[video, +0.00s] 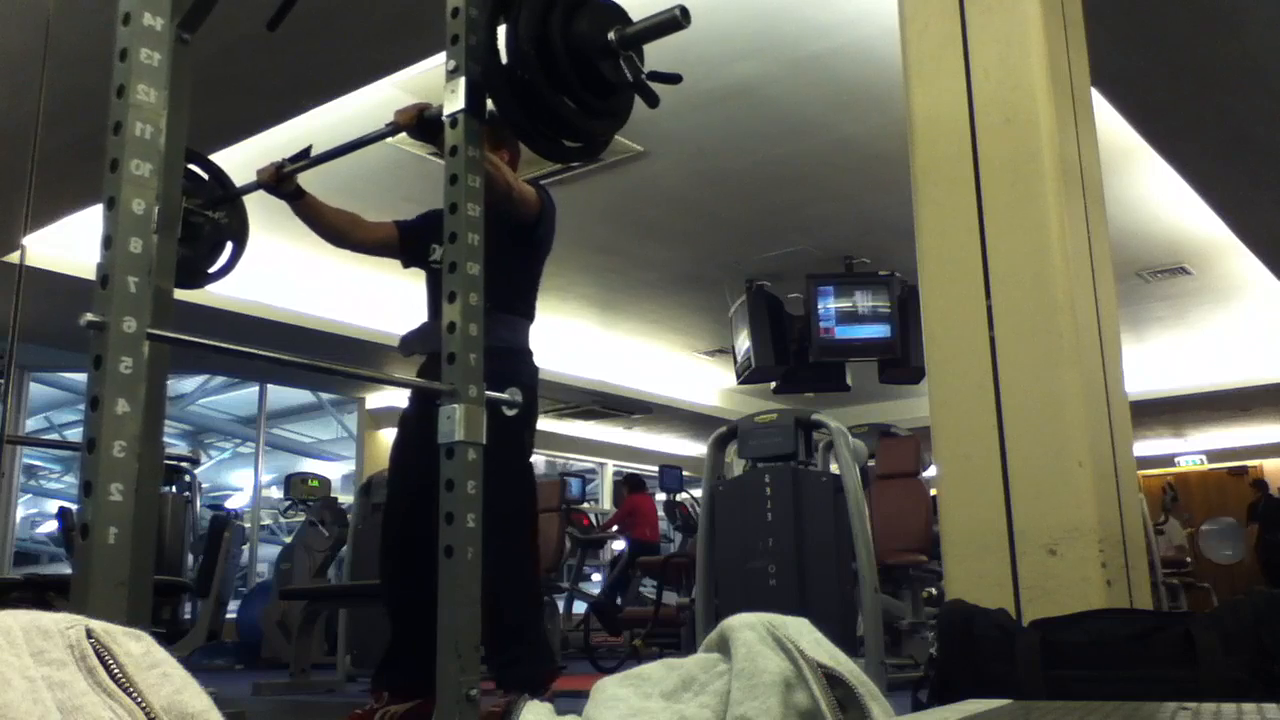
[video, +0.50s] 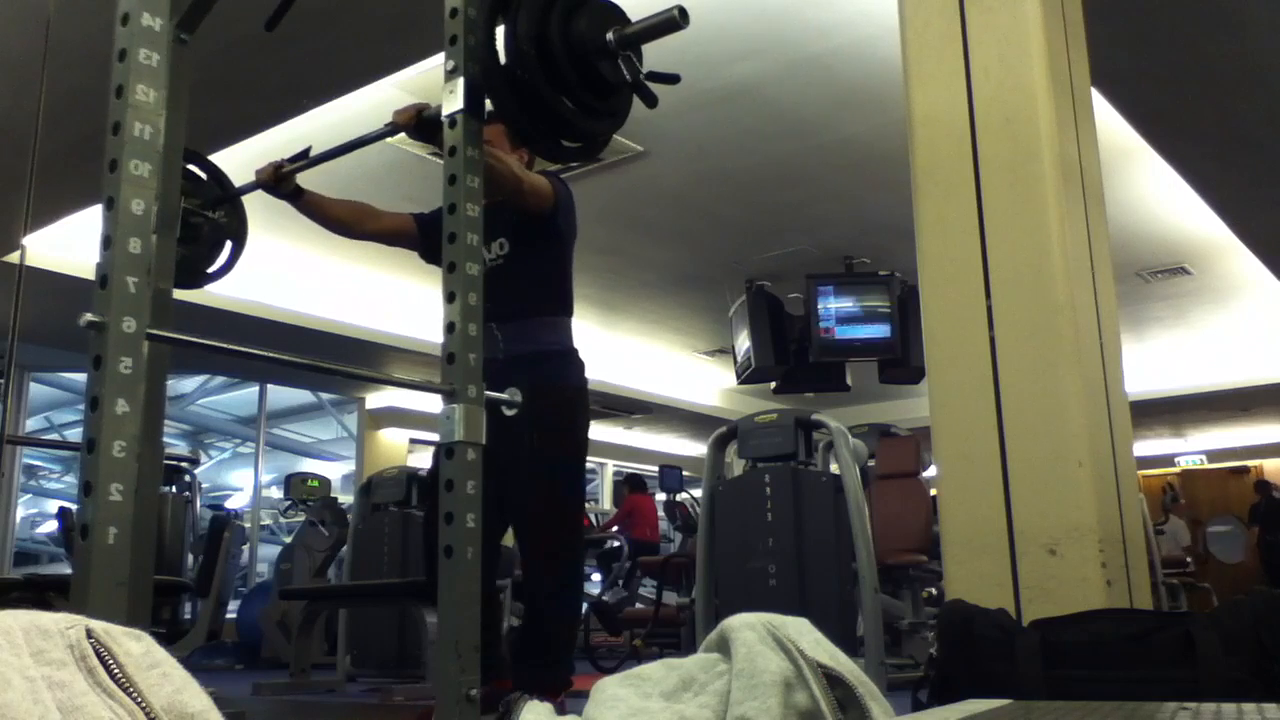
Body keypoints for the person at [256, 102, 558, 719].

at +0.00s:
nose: (470, 164)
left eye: (479, 152)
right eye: (463, 153)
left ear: (508, 155)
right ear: (453, 159)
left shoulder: (534, 209)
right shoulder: (446, 224)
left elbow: (501, 187)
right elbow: (359, 232)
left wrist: (442, 138)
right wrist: (295, 191)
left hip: (500, 384)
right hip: (436, 387)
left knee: (504, 534)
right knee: (407, 532)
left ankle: (524, 684)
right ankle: (408, 684)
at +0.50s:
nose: (477, 154)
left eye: (489, 142)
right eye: (471, 146)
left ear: (523, 153)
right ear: (462, 157)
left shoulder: (552, 199)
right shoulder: (459, 221)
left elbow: (510, 184)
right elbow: (372, 221)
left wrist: (440, 136)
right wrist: (294, 191)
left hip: (547, 385)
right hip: (481, 392)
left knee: (549, 543)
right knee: (463, 541)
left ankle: (544, 689)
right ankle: (480, 683)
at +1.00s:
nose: (471, 150)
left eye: (482, 140)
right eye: (466, 143)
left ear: (509, 146)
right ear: (461, 155)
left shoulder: (534, 202)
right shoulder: (454, 218)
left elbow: (502, 182)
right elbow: (369, 219)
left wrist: (440, 135)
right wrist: (294, 192)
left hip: (542, 388)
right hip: (481, 393)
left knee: (558, 536)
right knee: (489, 542)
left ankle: (575, 682)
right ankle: (498, 683)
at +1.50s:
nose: (468, 158)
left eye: (475, 143)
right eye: (461, 152)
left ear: (503, 140)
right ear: (455, 160)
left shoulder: (552, 197)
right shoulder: (458, 224)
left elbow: (509, 178)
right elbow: (371, 219)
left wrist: (440, 133)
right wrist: (297, 192)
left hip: (560, 391)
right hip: (492, 399)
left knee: (584, 546)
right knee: (494, 551)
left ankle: (579, 689)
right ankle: (500, 689)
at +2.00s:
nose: (469, 164)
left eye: (478, 152)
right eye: (462, 156)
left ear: (508, 152)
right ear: (457, 163)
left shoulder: (539, 209)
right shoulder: (455, 226)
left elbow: (503, 181)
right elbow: (366, 222)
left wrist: (440, 134)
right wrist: (294, 193)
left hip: (539, 389)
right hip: (477, 395)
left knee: (561, 538)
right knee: (486, 547)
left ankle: (578, 685)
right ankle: (498, 686)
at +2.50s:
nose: (468, 173)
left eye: (475, 160)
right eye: (459, 166)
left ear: (498, 154)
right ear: (451, 172)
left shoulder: (542, 206)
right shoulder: (455, 226)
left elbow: (503, 182)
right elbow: (368, 222)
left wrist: (440, 133)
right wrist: (295, 193)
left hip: (539, 385)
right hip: (476, 393)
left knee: (562, 535)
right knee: (486, 544)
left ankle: (579, 683)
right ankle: (497, 686)